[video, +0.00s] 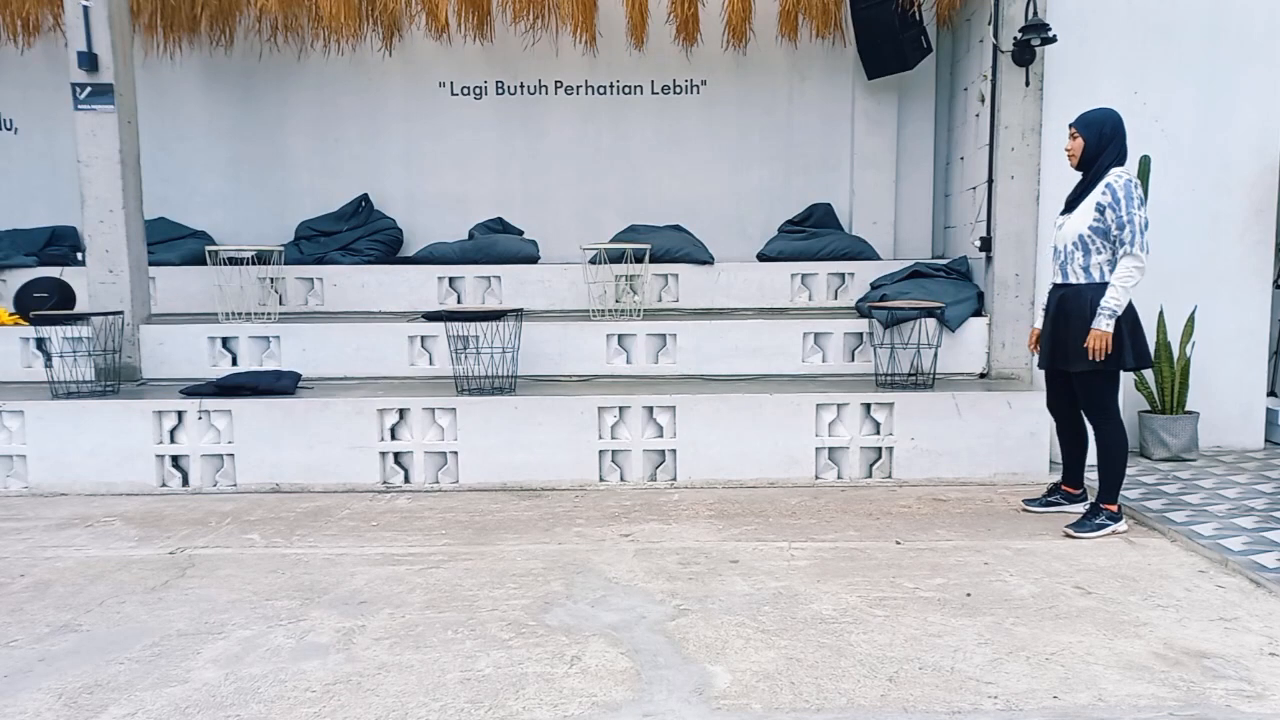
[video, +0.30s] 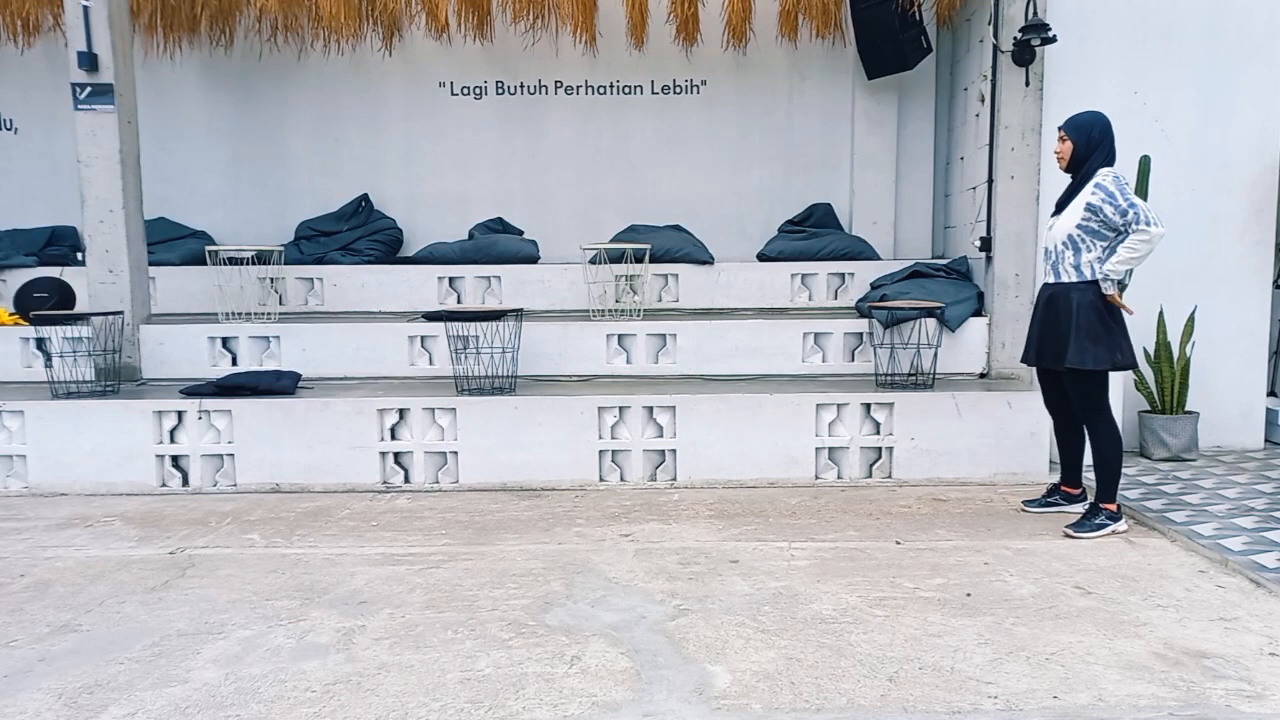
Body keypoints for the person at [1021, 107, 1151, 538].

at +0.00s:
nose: (1067, 145)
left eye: (1074, 137)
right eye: (1068, 137)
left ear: (1097, 140)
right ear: (1088, 142)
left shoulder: (1120, 184)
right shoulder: (1082, 191)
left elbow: (1134, 259)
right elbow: (1064, 268)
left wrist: (1105, 319)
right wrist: (1043, 319)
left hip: (1094, 310)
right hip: (1061, 310)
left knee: (1101, 408)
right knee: (1062, 403)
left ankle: (1109, 507)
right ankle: (1071, 488)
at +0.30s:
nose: (1057, 149)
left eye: (1063, 140)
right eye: (1058, 140)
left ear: (1085, 143)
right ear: (1083, 144)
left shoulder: (1105, 182)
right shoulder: (1076, 188)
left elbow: (1148, 229)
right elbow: (1089, 245)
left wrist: (1108, 278)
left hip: (1084, 308)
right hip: (1054, 306)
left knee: (1093, 407)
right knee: (1059, 402)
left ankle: (1108, 508)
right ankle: (1069, 488)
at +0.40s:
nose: (1053, 151)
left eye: (1060, 142)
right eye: (1054, 142)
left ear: (1082, 145)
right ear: (1079, 146)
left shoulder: (1101, 183)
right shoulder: (1072, 188)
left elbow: (1145, 226)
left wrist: (1103, 265)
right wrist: (1093, 271)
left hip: (1080, 307)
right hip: (1050, 306)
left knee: (1091, 408)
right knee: (1061, 405)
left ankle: (1108, 507)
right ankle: (1070, 488)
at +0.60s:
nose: (1049, 154)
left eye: (1055, 146)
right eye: (1049, 146)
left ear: (1077, 148)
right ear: (1069, 150)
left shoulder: (1096, 187)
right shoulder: (1067, 192)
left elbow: (1122, 243)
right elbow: (1071, 251)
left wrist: (1084, 277)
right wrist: (1085, 283)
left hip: (1071, 310)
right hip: (1044, 307)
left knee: (1075, 409)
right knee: (1056, 405)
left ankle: (1105, 506)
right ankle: (1070, 489)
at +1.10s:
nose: (1035, 155)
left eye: (1041, 148)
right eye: (1036, 148)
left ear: (1063, 150)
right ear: (1057, 151)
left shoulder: (1083, 187)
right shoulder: (1057, 192)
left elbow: (1131, 225)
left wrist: (1082, 264)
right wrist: (1044, 276)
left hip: (1059, 309)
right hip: (1041, 308)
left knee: (1038, 405)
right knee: (1063, 403)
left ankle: (1026, 501)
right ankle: (1072, 488)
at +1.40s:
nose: (1031, 154)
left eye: (1037, 147)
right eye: (1031, 147)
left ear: (1059, 149)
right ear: (1052, 150)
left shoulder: (1079, 186)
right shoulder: (1052, 192)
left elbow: (1107, 236)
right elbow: (1059, 247)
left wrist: (1062, 282)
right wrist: (1031, 282)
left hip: (1053, 310)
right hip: (1037, 308)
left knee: (1034, 405)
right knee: (1061, 403)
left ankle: (1025, 501)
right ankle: (1072, 488)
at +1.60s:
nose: (1028, 158)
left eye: (1034, 150)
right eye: (1028, 151)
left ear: (1056, 151)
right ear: (1047, 153)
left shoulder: (1076, 187)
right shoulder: (1050, 193)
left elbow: (1103, 235)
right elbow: (1057, 248)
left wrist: (1060, 284)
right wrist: (1031, 284)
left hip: (1053, 311)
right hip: (1039, 308)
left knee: (1026, 405)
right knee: (1061, 402)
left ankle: (1024, 501)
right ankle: (1072, 488)